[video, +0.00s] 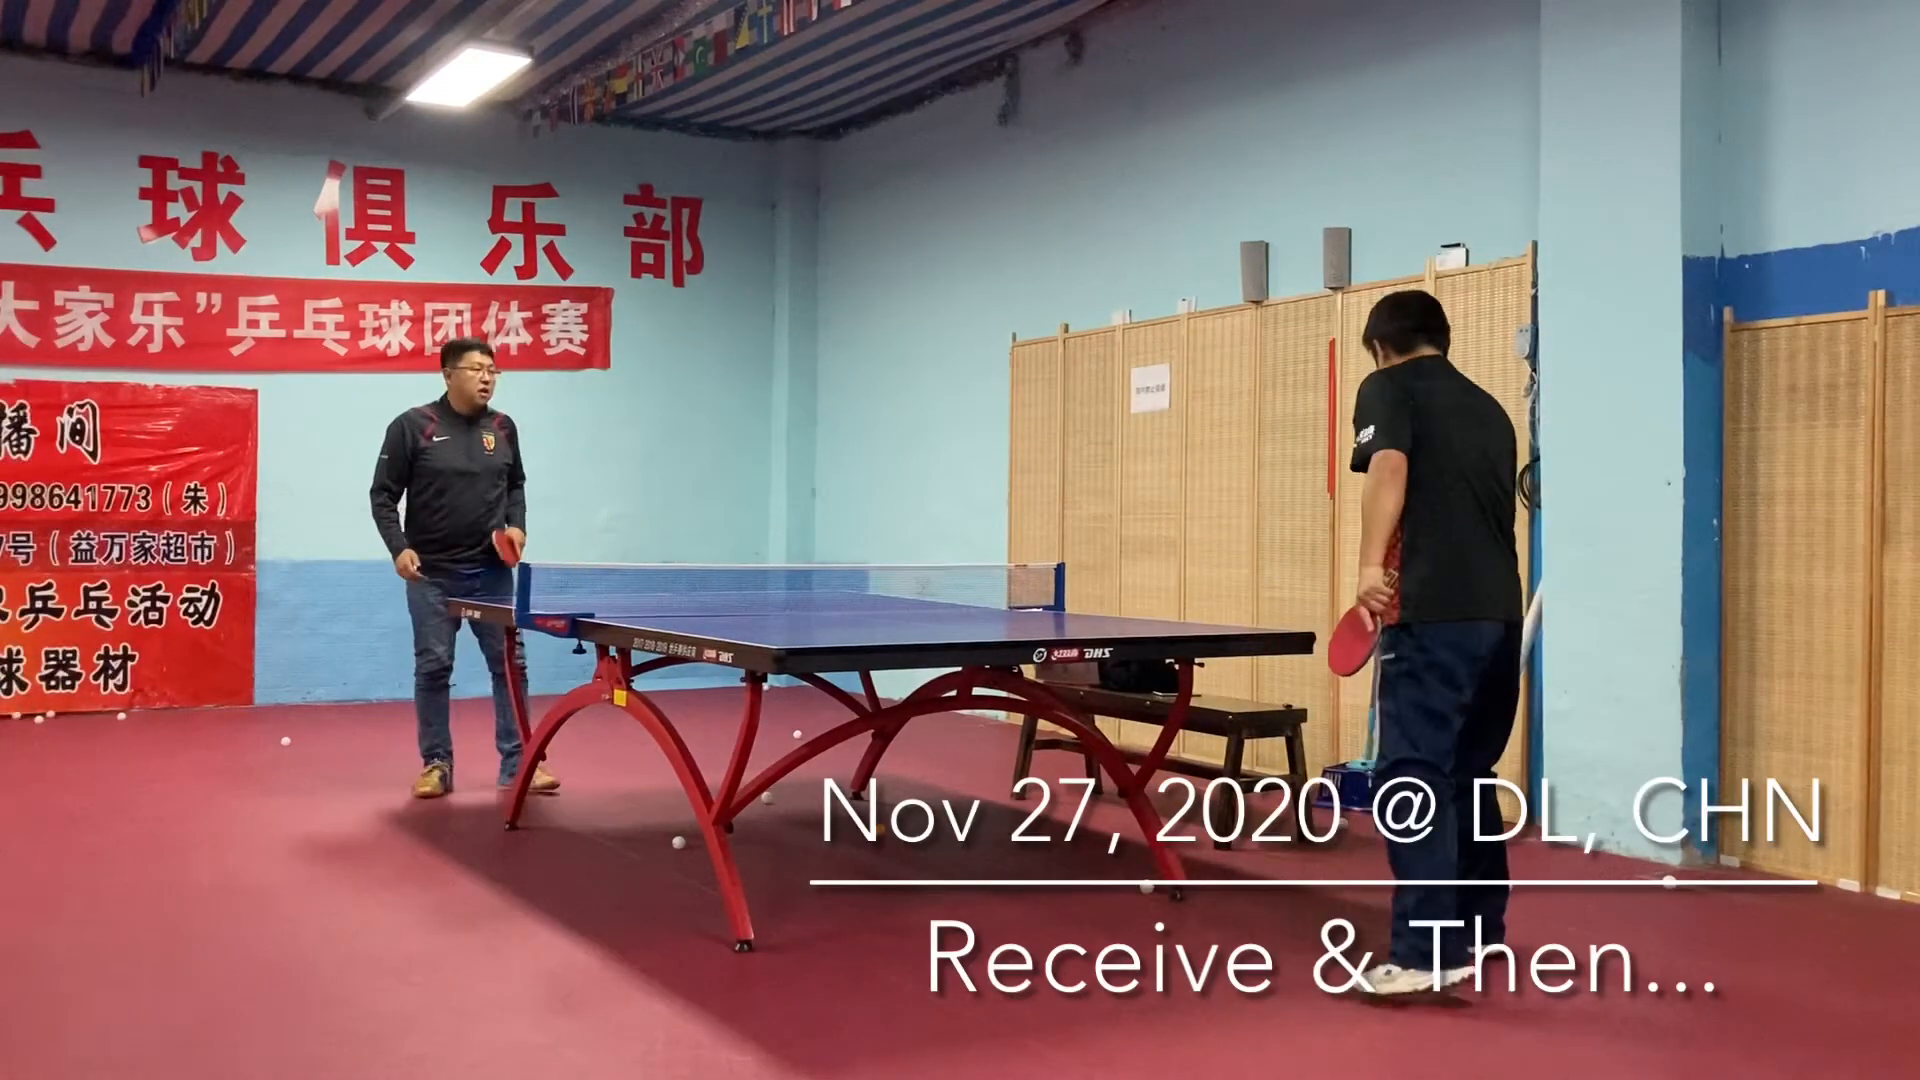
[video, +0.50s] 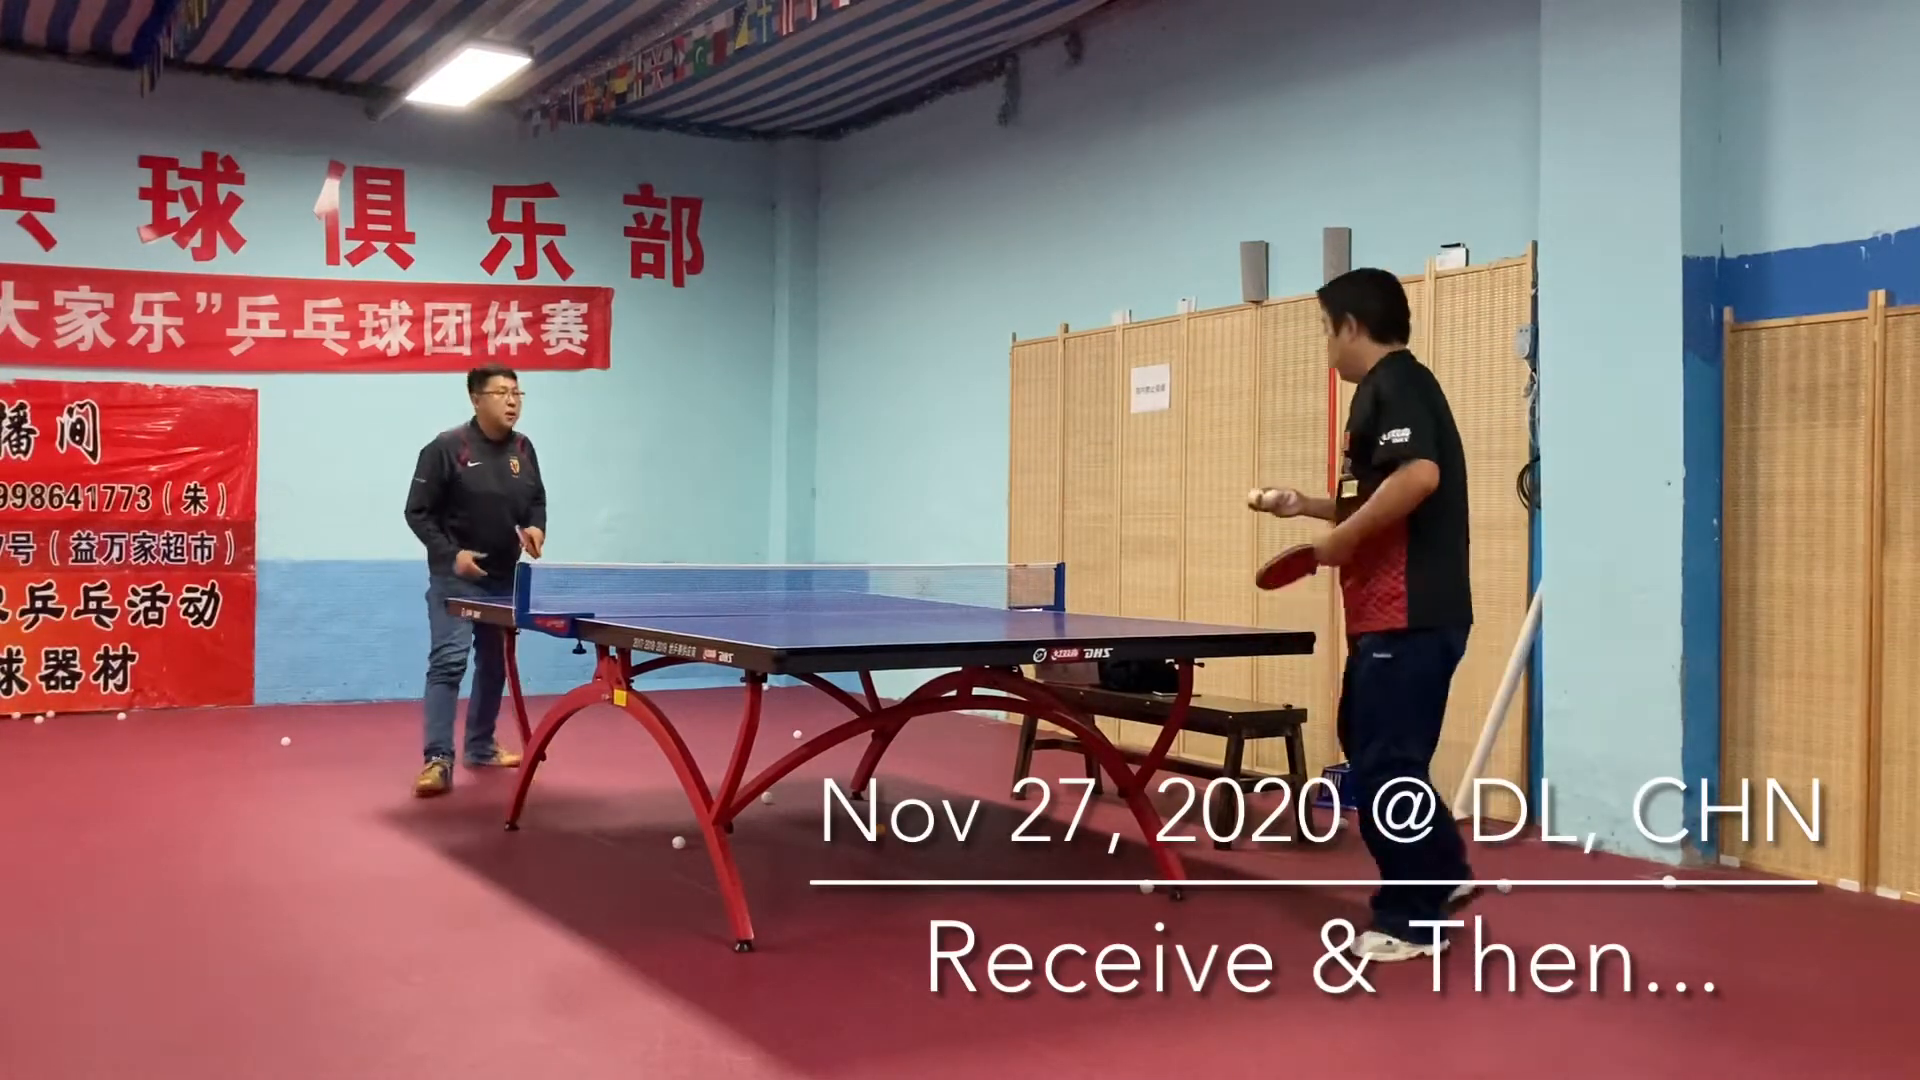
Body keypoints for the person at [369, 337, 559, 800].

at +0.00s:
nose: (487, 379)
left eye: (490, 371)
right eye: (477, 370)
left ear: (493, 378)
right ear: (450, 374)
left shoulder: (501, 427)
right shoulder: (411, 427)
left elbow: (515, 486)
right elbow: (383, 496)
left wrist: (516, 525)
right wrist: (399, 547)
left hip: (491, 572)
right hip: (431, 574)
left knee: (509, 664)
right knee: (434, 668)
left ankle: (517, 764)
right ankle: (436, 764)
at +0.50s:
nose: (513, 401)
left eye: (517, 394)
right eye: (502, 394)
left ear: (520, 400)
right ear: (477, 399)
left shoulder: (523, 448)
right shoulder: (444, 449)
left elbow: (536, 500)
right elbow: (417, 512)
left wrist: (534, 527)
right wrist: (452, 554)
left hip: (503, 578)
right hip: (454, 577)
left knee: (493, 665)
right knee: (449, 661)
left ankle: (480, 747)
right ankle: (437, 758)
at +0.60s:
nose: (524, 401)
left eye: (528, 394)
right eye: (515, 393)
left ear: (531, 400)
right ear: (489, 399)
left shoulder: (527, 449)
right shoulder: (454, 444)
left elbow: (537, 501)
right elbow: (429, 507)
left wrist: (535, 525)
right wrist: (473, 545)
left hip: (502, 576)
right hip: (456, 576)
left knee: (489, 665)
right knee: (450, 660)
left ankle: (479, 748)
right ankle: (439, 752)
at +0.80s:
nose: (536, 403)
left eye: (540, 396)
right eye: (527, 395)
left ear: (542, 403)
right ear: (502, 398)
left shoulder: (532, 451)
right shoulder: (466, 439)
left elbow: (537, 503)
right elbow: (437, 500)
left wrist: (531, 529)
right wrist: (491, 535)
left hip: (498, 570)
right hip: (455, 566)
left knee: (490, 660)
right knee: (450, 650)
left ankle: (479, 748)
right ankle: (431, 755)